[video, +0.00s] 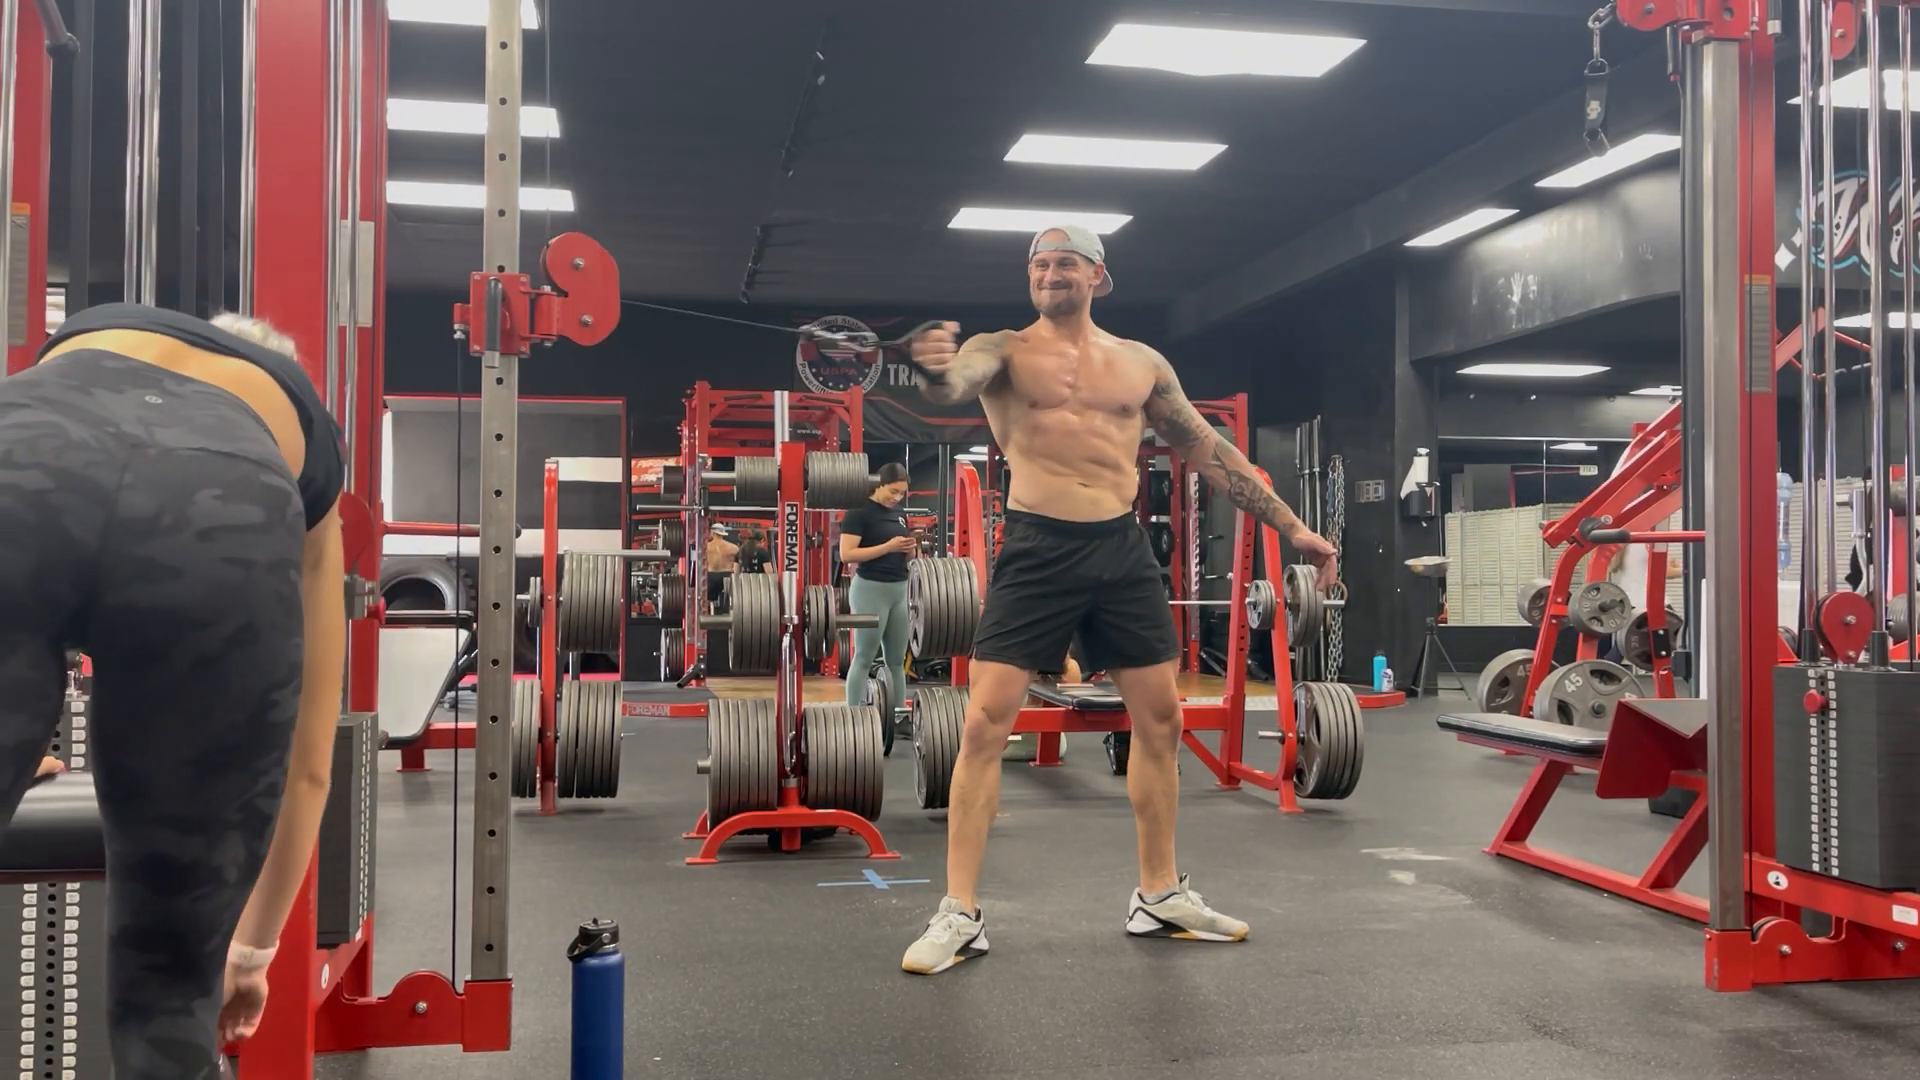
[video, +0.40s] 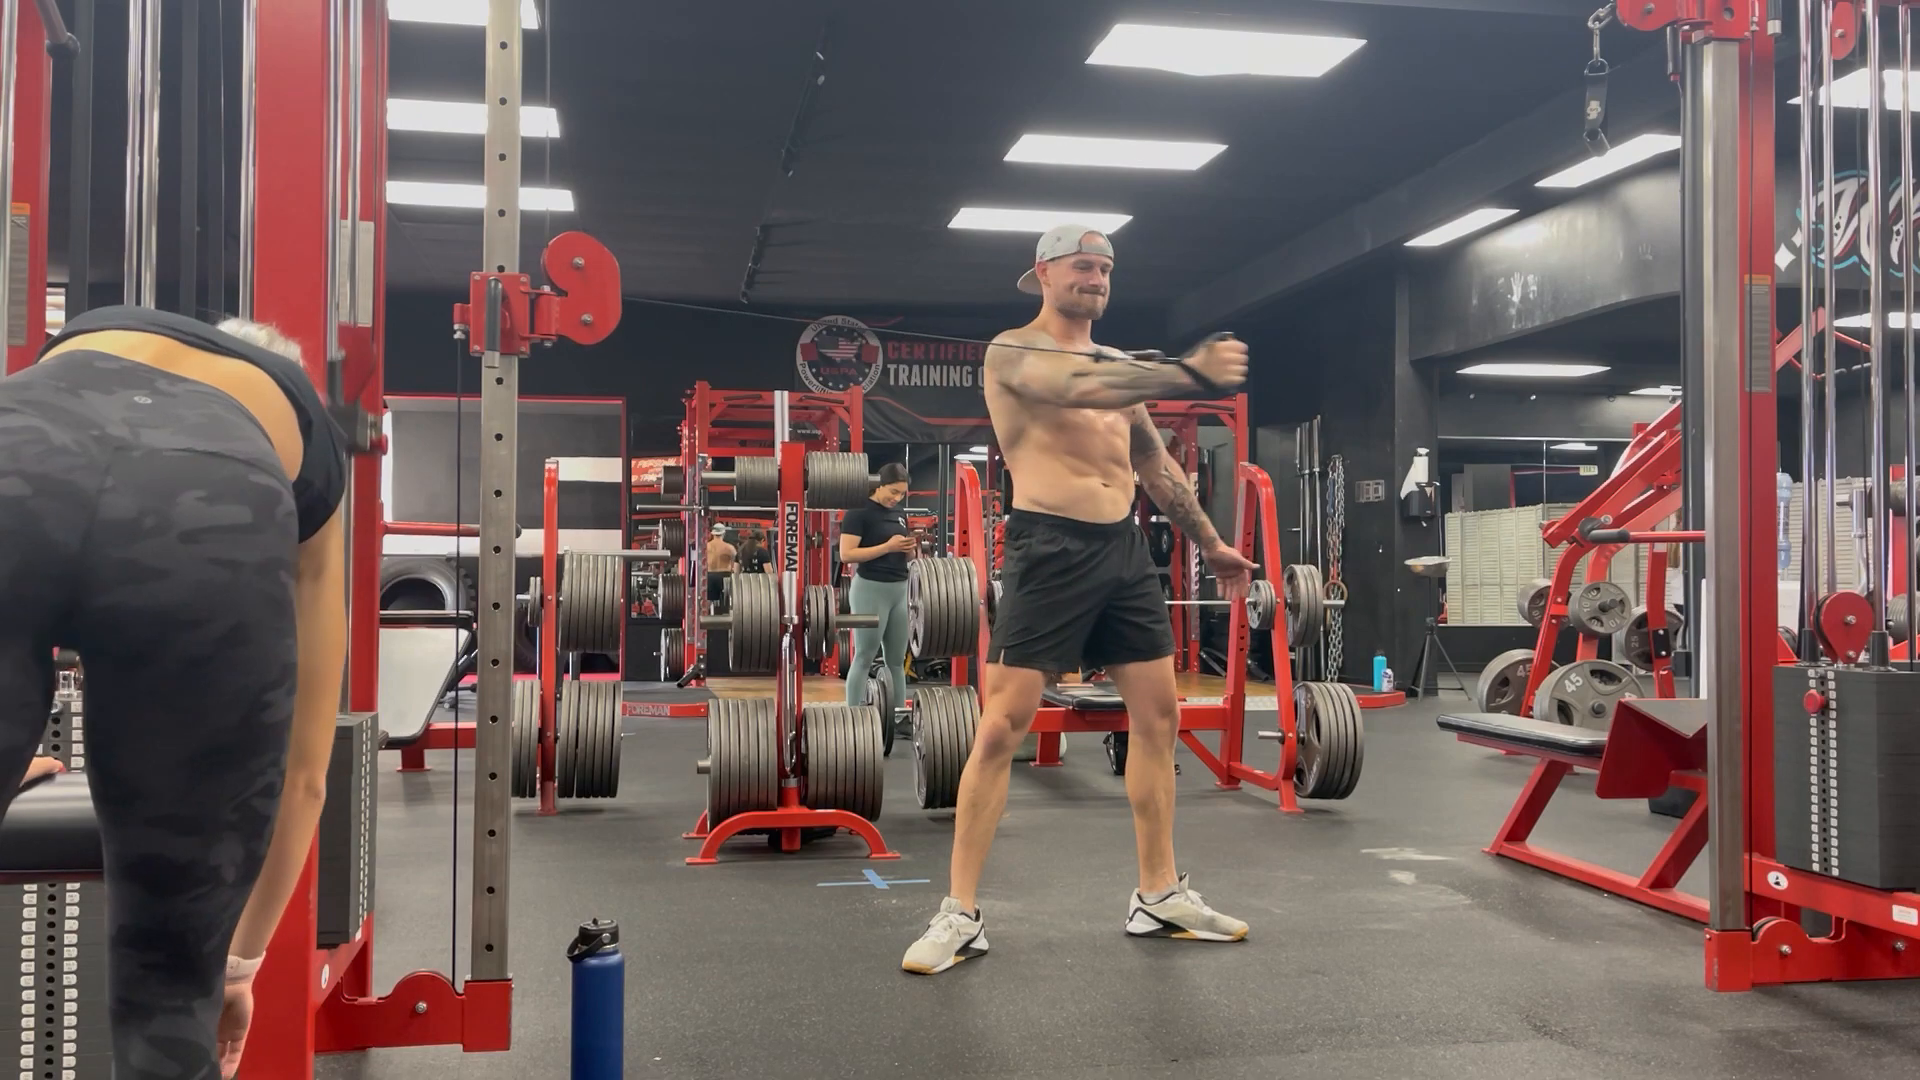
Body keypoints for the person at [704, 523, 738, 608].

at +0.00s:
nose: (711, 535)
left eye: (711, 533)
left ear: (713, 534)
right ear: (723, 534)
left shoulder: (707, 546)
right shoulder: (732, 547)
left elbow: (705, 562)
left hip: (711, 573)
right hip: (726, 573)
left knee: (711, 600)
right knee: (725, 602)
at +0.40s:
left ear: (712, 533)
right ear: (724, 533)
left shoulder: (707, 546)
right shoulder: (729, 548)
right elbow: (734, 562)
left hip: (710, 573)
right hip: (725, 573)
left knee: (711, 601)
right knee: (724, 602)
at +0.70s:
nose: (726, 534)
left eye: (726, 532)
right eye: (726, 532)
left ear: (715, 533)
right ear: (723, 533)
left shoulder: (709, 545)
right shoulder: (723, 546)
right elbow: (730, 560)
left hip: (711, 572)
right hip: (723, 572)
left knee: (711, 600)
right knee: (724, 600)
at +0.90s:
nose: (727, 536)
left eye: (727, 533)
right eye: (726, 533)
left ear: (717, 534)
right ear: (722, 534)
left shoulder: (709, 545)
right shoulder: (721, 547)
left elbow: (727, 551)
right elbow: (727, 564)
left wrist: (737, 554)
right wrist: (734, 569)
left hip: (711, 572)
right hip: (722, 572)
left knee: (710, 600)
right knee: (723, 601)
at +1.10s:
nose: (727, 536)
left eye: (727, 533)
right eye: (726, 533)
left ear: (716, 534)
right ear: (722, 534)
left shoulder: (709, 545)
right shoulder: (721, 547)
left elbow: (725, 551)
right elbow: (727, 565)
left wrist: (735, 554)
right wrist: (735, 570)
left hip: (711, 572)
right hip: (722, 573)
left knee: (710, 600)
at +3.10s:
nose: (725, 535)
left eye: (725, 533)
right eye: (725, 533)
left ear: (713, 534)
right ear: (722, 534)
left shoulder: (708, 546)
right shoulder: (725, 547)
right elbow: (733, 561)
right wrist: (739, 568)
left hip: (709, 573)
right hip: (721, 573)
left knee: (709, 601)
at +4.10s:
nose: (724, 536)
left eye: (723, 534)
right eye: (724, 534)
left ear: (713, 534)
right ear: (722, 534)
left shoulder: (707, 546)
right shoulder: (726, 547)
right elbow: (738, 565)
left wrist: (735, 556)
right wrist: (731, 567)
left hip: (709, 573)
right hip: (722, 573)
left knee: (710, 601)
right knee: (723, 603)